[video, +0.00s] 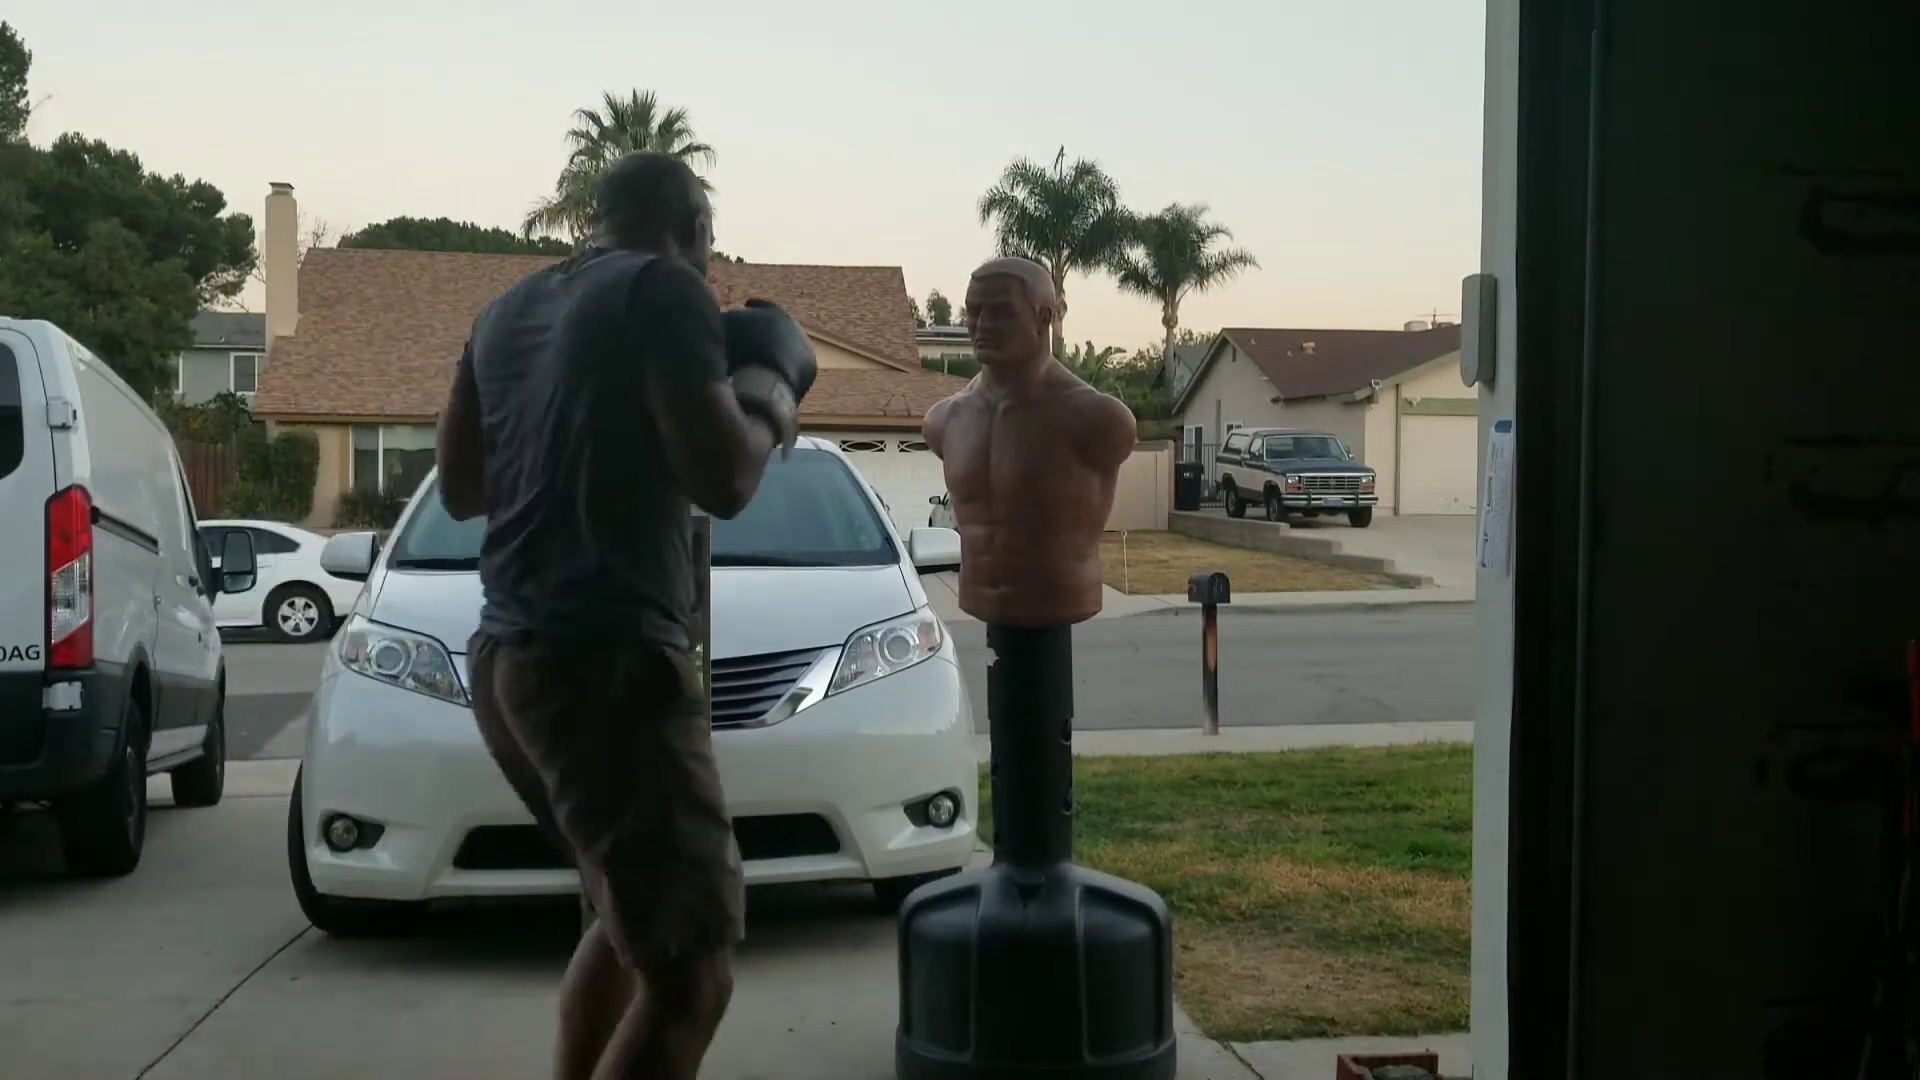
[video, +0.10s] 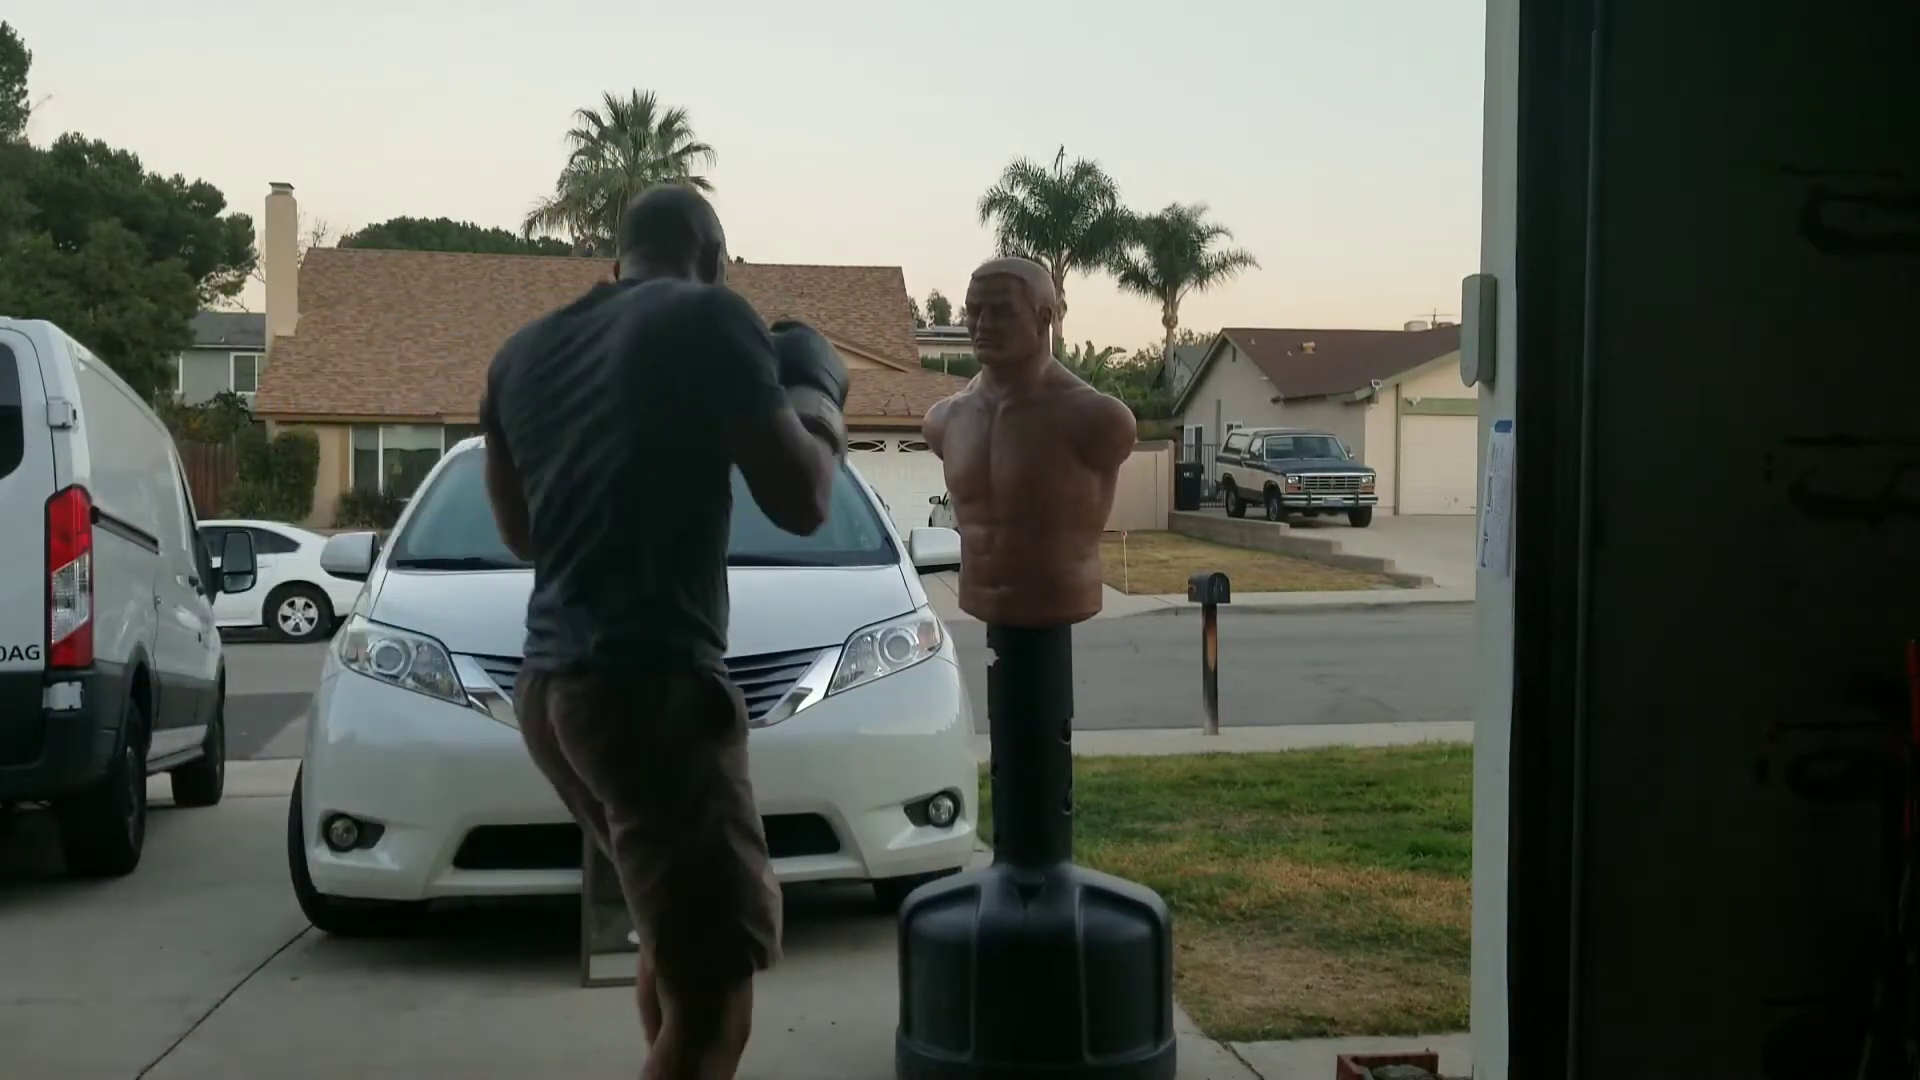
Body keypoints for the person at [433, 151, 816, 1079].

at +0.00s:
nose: (710, 255)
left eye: (711, 240)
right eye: (708, 238)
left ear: (599, 225)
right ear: (686, 229)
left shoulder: (503, 311)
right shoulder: (665, 288)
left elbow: (463, 489)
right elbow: (727, 481)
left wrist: (587, 422)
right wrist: (768, 390)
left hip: (511, 665)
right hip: (612, 665)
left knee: (624, 917)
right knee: (692, 966)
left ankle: (576, 1070)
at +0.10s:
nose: (721, 279)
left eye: (722, 271)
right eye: (724, 269)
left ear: (620, 259)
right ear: (713, 261)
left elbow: (521, 530)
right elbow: (801, 501)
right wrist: (815, 388)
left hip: (553, 697)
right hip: (655, 694)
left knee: (665, 935)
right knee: (709, 998)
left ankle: (667, 1064)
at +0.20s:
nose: (758, 326)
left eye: (756, 318)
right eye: (759, 314)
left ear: (658, 310)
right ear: (751, 307)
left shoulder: (569, 394)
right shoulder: (754, 379)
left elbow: (558, 561)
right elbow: (837, 551)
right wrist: (857, 435)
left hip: (582, 728)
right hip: (672, 729)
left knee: (721, 1001)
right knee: (753, 1029)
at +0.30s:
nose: (822, 375)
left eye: (820, 360)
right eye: (820, 359)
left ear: (728, 354)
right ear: (802, 361)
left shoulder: (657, 419)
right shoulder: (759, 436)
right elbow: (815, 618)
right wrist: (850, 525)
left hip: (583, 745)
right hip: (657, 753)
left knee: (765, 1014)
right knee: (815, 1012)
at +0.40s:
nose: (862, 427)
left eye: (865, 408)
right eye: (863, 406)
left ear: (771, 387)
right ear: (838, 399)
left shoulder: (718, 447)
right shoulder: (759, 456)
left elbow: (775, 612)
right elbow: (805, 632)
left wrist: (857, 587)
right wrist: (865, 550)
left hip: (592, 742)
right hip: (635, 751)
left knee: (771, 993)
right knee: (791, 1003)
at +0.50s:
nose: (849, 405)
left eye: (850, 391)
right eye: (847, 388)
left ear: (752, 379)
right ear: (831, 389)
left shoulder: (682, 437)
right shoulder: (771, 454)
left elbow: (724, 583)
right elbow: (868, 598)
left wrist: (851, 571)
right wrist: (898, 472)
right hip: (614, 753)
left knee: (747, 901)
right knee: (677, 1049)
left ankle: (767, 1072)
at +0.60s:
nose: (796, 383)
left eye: (796, 367)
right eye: (796, 367)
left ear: (704, 352)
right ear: (779, 364)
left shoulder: (611, 418)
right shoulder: (750, 440)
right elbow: (861, 570)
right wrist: (879, 447)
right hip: (604, 749)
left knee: (725, 903)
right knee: (633, 1050)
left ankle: (761, 1072)